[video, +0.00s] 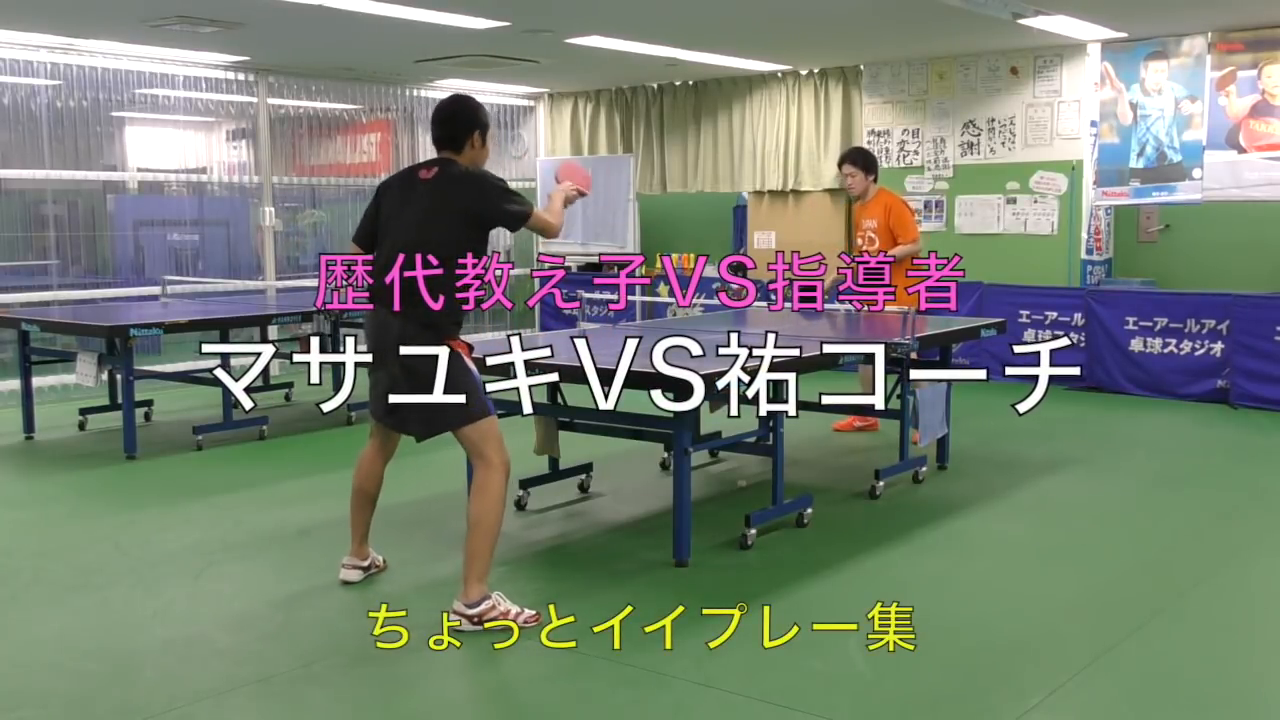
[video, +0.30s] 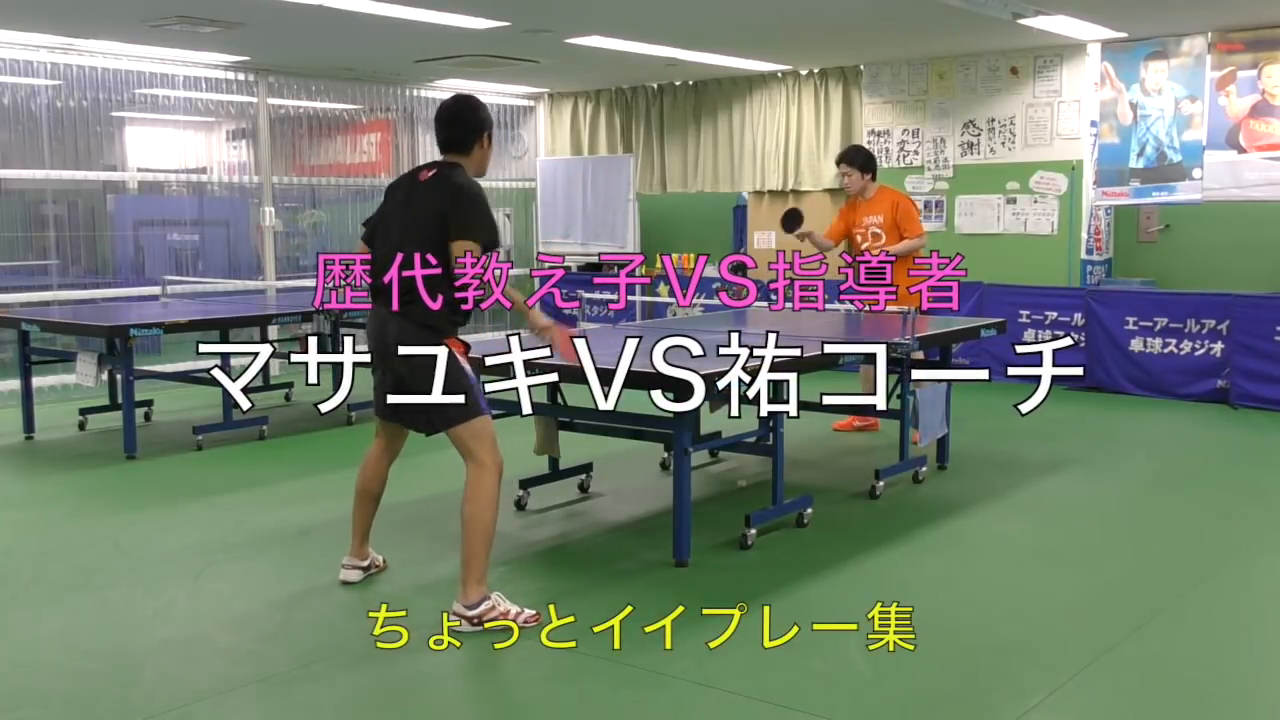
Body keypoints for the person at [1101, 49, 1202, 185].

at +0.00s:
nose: (1159, 77)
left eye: (1163, 71)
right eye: (1155, 71)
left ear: (1168, 73)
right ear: (1144, 72)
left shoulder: (1173, 89)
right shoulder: (1135, 91)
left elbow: (1199, 106)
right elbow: (1125, 121)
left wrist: (1191, 107)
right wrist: (1121, 94)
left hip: (1171, 161)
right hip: (1141, 163)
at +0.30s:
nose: (1159, 77)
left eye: (1163, 71)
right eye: (1155, 71)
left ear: (1168, 73)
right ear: (1144, 72)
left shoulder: (1173, 89)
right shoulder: (1135, 91)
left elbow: (1199, 105)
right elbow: (1125, 121)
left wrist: (1191, 107)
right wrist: (1121, 94)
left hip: (1171, 161)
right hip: (1141, 163)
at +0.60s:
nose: (1159, 76)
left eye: (1163, 71)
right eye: (1155, 71)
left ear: (1168, 73)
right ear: (1144, 72)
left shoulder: (1174, 89)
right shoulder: (1135, 91)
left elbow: (1199, 105)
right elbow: (1125, 120)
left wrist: (1191, 107)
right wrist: (1121, 94)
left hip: (1171, 161)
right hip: (1141, 163)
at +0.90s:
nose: (1159, 76)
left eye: (1163, 71)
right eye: (1155, 71)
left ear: (1168, 73)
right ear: (1144, 72)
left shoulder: (1174, 89)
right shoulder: (1135, 91)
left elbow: (1199, 105)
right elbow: (1125, 120)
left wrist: (1191, 107)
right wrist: (1121, 94)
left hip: (1171, 161)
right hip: (1141, 163)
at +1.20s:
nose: (1159, 76)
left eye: (1163, 71)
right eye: (1155, 71)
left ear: (1168, 73)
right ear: (1144, 72)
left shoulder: (1174, 89)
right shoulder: (1135, 91)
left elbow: (1199, 105)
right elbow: (1125, 121)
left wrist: (1191, 107)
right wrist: (1121, 94)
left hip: (1171, 161)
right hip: (1141, 163)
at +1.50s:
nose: (1159, 76)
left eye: (1163, 71)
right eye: (1155, 71)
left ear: (1168, 73)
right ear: (1144, 72)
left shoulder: (1174, 89)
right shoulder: (1135, 91)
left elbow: (1199, 106)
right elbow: (1125, 121)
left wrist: (1191, 107)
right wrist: (1121, 94)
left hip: (1171, 161)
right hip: (1141, 163)